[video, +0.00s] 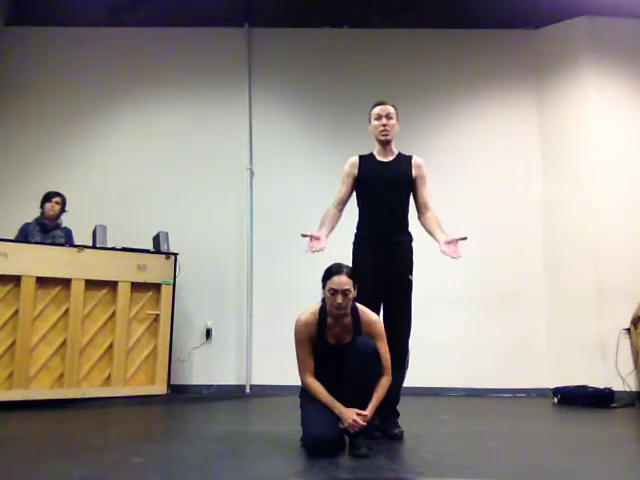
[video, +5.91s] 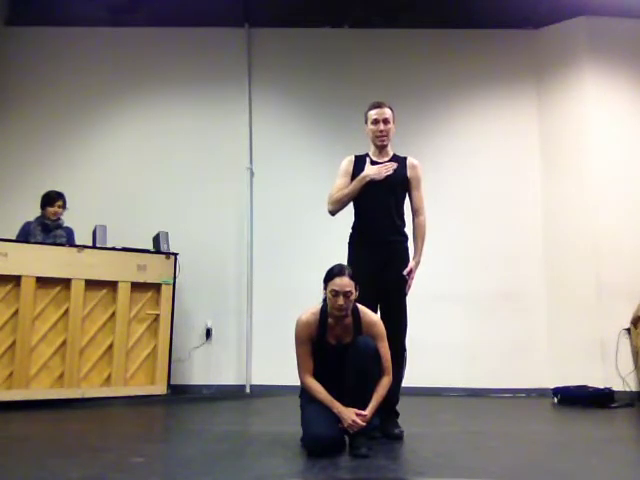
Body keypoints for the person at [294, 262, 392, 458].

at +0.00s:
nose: (339, 300)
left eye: (346, 293)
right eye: (333, 293)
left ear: (354, 293)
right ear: (324, 292)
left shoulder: (371, 322)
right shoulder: (306, 324)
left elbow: (386, 374)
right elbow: (307, 378)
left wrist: (366, 414)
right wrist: (341, 412)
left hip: (356, 393)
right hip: (321, 393)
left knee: (364, 347)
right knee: (321, 445)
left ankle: (360, 431)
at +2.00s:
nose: (340, 301)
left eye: (347, 294)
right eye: (334, 293)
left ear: (355, 293)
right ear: (324, 292)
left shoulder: (371, 322)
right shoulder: (307, 323)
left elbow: (386, 374)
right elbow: (307, 377)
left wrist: (366, 415)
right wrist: (342, 411)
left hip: (356, 393)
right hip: (321, 393)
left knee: (365, 347)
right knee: (321, 445)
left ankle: (360, 432)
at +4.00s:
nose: (339, 301)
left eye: (346, 294)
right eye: (333, 294)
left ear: (354, 294)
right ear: (324, 292)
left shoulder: (371, 323)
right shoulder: (306, 324)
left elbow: (386, 375)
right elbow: (306, 378)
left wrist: (367, 413)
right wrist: (341, 411)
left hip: (355, 392)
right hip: (320, 392)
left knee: (365, 347)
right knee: (321, 445)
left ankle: (359, 432)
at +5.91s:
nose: (341, 302)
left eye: (347, 295)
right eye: (334, 295)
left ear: (356, 294)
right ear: (325, 292)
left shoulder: (371, 323)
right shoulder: (307, 323)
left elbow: (387, 375)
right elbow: (306, 377)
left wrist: (367, 413)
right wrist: (341, 411)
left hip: (355, 392)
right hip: (321, 394)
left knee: (365, 347)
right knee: (322, 444)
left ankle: (360, 433)